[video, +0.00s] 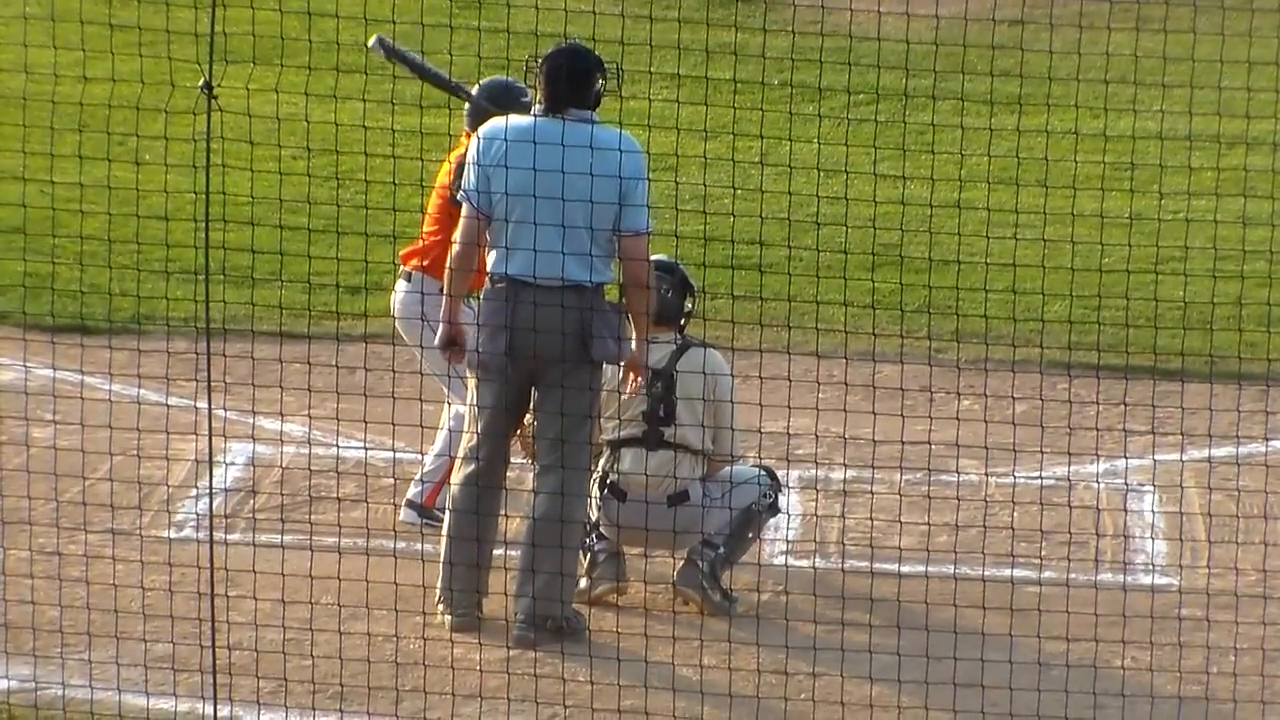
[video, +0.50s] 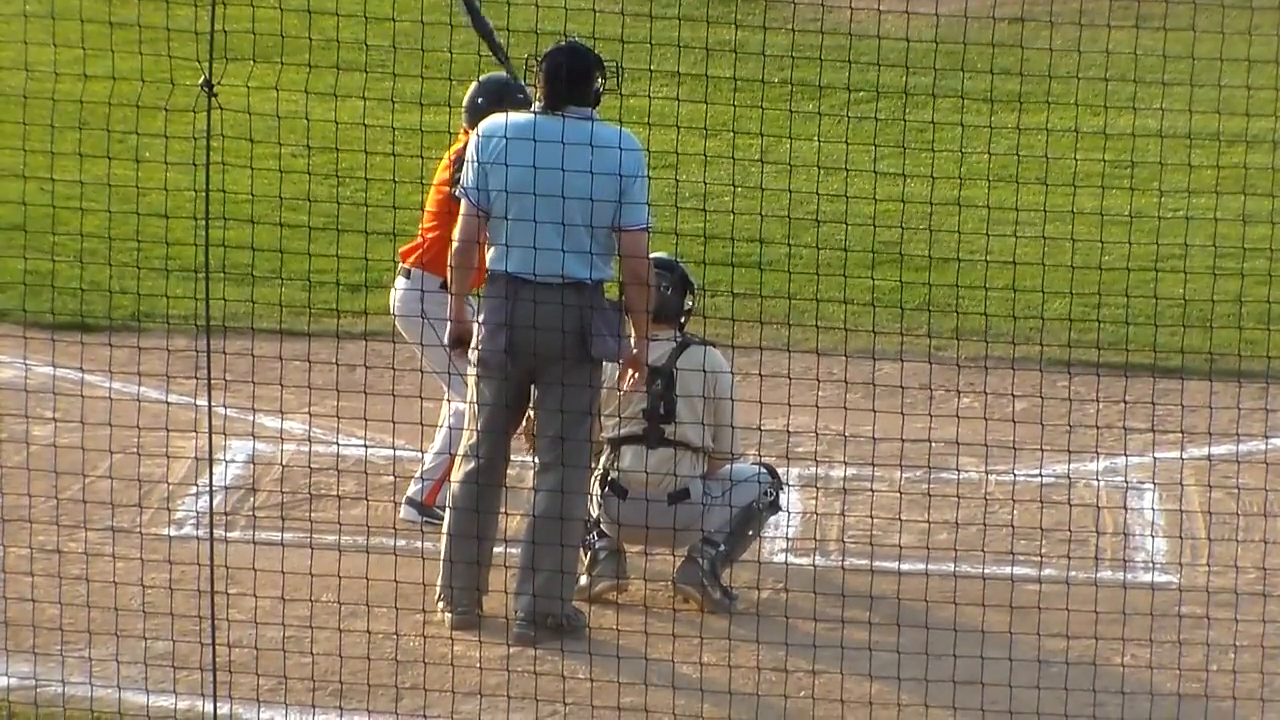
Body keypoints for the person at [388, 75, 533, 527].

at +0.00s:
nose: (524, 129)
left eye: (523, 122)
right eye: (519, 120)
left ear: (476, 117)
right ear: (502, 121)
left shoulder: (467, 154)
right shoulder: (478, 159)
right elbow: (477, 237)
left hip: (419, 294)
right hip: (434, 297)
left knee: (473, 394)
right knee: (480, 394)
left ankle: (431, 494)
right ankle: (427, 496)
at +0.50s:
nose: (523, 126)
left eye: (523, 118)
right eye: (518, 116)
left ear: (475, 114)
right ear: (499, 116)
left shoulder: (469, 151)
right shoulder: (475, 154)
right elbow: (470, 237)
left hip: (423, 292)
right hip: (429, 294)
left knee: (473, 391)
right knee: (478, 392)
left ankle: (431, 491)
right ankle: (427, 494)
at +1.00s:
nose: (523, 126)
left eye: (523, 118)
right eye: (519, 117)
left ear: (476, 115)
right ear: (501, 116)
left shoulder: (468, 151)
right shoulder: (478, 155)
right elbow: (459, 235)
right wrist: (465, 295)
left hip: (425, 290)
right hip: (429, 293)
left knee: (472, 387)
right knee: (472, 393)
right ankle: (423, 491)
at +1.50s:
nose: (521, 132)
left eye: (521, 123)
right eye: (516, 122)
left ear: (482, 122)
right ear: (497, 125)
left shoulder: (475, 156)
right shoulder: (470, 165)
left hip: (442, 281)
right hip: (430, 284)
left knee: (472, 371)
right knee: (452, 383)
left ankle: (465, 463)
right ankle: (437, 491)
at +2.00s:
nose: (527, 124)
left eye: (528, 119)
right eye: (524, 118)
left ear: (484, 119)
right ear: (511, 121)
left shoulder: (508, 157)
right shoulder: (472, 160)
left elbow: (560, 188)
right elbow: (504, 204)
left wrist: (565, 166)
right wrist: (537, 167)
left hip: (462, 288)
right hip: (424, 287)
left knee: (476, 379)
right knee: (449, 389)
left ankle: (468, 467)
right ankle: (434, 494)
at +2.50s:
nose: (532, 133)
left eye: (531, 126)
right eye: (528, 127)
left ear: (485, 131)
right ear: (513, 134)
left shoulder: (507, 168)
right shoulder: (471, 170)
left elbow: (556, 197)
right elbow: (500, 217)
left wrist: (563, 176)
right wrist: (534, 182)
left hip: (458, 304)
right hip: (426, 303)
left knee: (476, 398)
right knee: (462, 405)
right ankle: (434, 508)